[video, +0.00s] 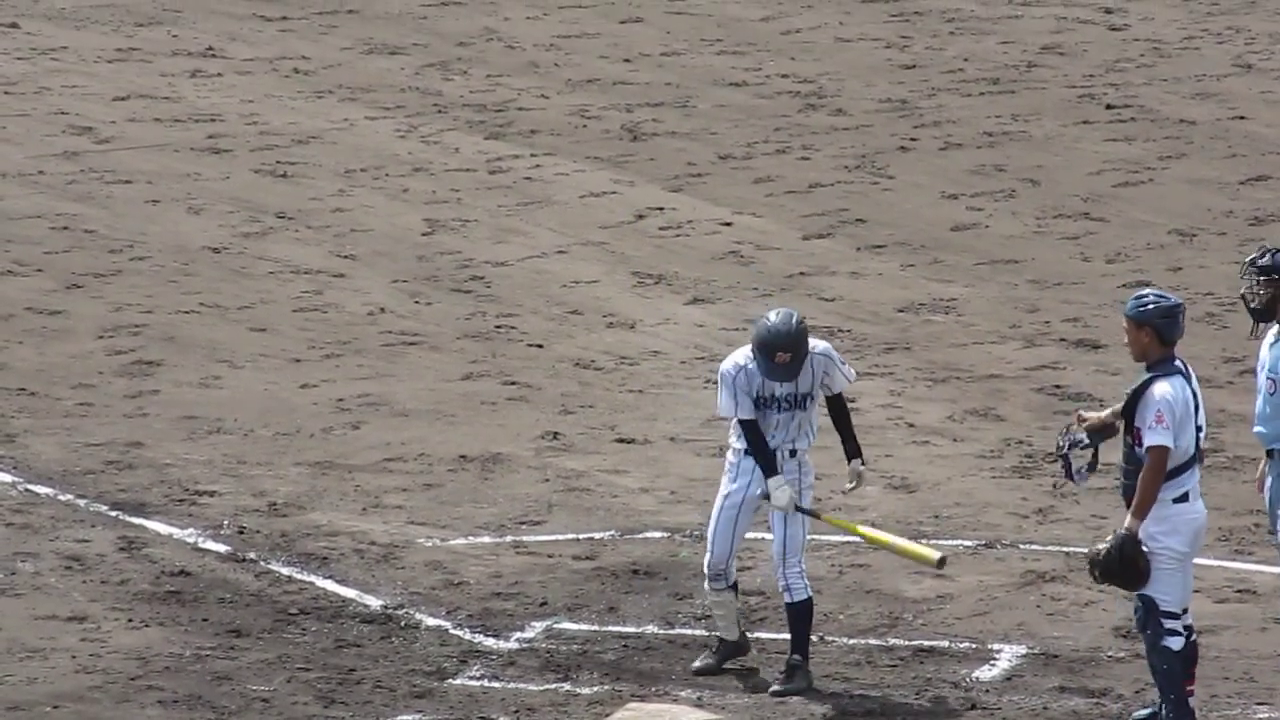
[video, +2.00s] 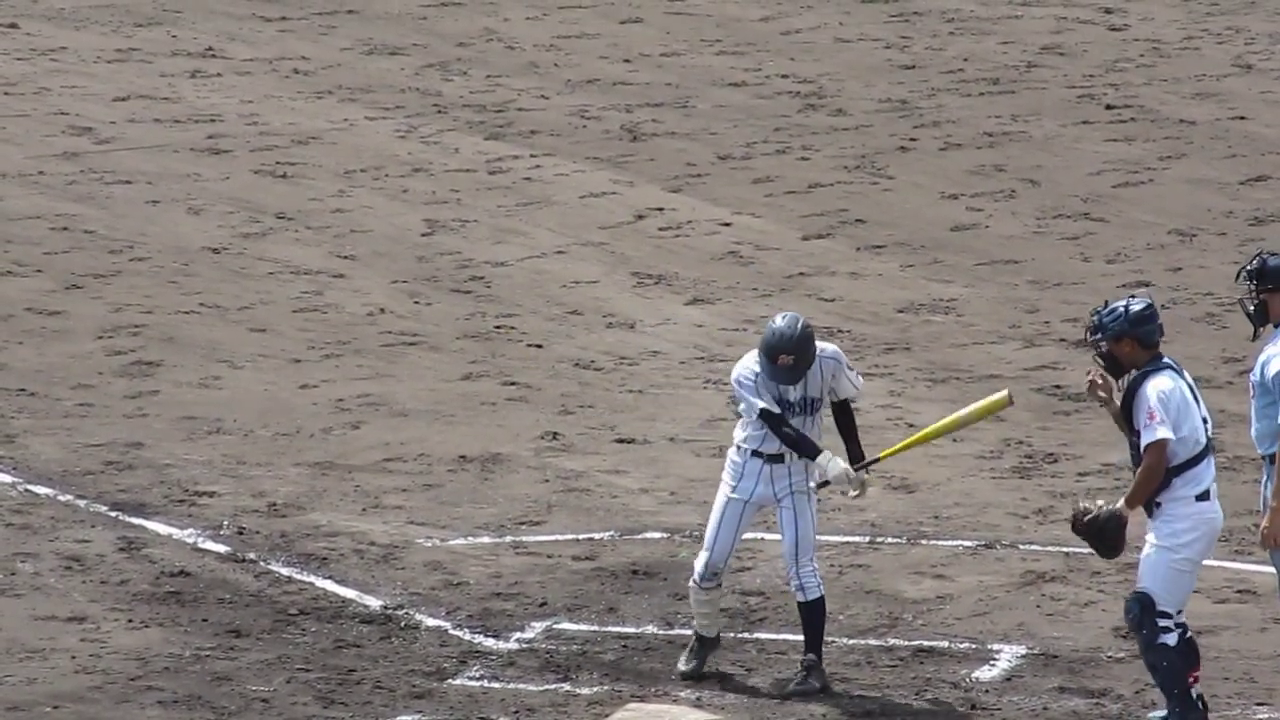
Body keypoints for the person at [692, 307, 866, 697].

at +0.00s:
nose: (782, 362)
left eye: (789, 356)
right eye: (774, 356)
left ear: (802, 348)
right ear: (760, 349)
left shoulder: (821, 359)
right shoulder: (738, 370)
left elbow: (837, 404)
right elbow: (750, 430)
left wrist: (854, 456)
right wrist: (774, 478)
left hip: (792, 466)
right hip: (744, 464)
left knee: (790, 567)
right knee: (716, 562)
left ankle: (798, 665)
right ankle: (731, 640)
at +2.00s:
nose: (783, 370)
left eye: (791, 365)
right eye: (777, 363)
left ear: (808, 354)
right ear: (767, 353)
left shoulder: (829, 361)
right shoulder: (748, 372)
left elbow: (842, 409)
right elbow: (779, 426)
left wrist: (856, 464)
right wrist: (826, 460)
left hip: (796, 473)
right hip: (745, 468)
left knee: (801, 569)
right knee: (708, 567)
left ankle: (813, 665)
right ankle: (704, 639)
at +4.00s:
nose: (713, 303)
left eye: (722, 297)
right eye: (713, 295)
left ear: (746, 302)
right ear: (722, 299)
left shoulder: (789, 349)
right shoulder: (706, 350)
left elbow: (796, 412)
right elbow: (715, 404)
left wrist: (778, 413)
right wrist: (742, 414)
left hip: (766, 471)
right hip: (719, 469)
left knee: (790, 567)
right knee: (704, 566)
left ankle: (812, 666)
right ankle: (696, 659)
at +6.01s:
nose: (704, 306)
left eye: (710, 300)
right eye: (706, 299)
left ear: (730, 306)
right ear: (739, 306)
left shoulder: (769, 351)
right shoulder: (713, 348)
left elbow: (722, 399)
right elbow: (683, 402)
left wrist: (671, 372)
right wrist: (657, 392)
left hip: (754, 474)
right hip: (713, 470)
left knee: (763, 578)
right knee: (694, 567)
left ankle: (801, 664)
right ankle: (686, 657)